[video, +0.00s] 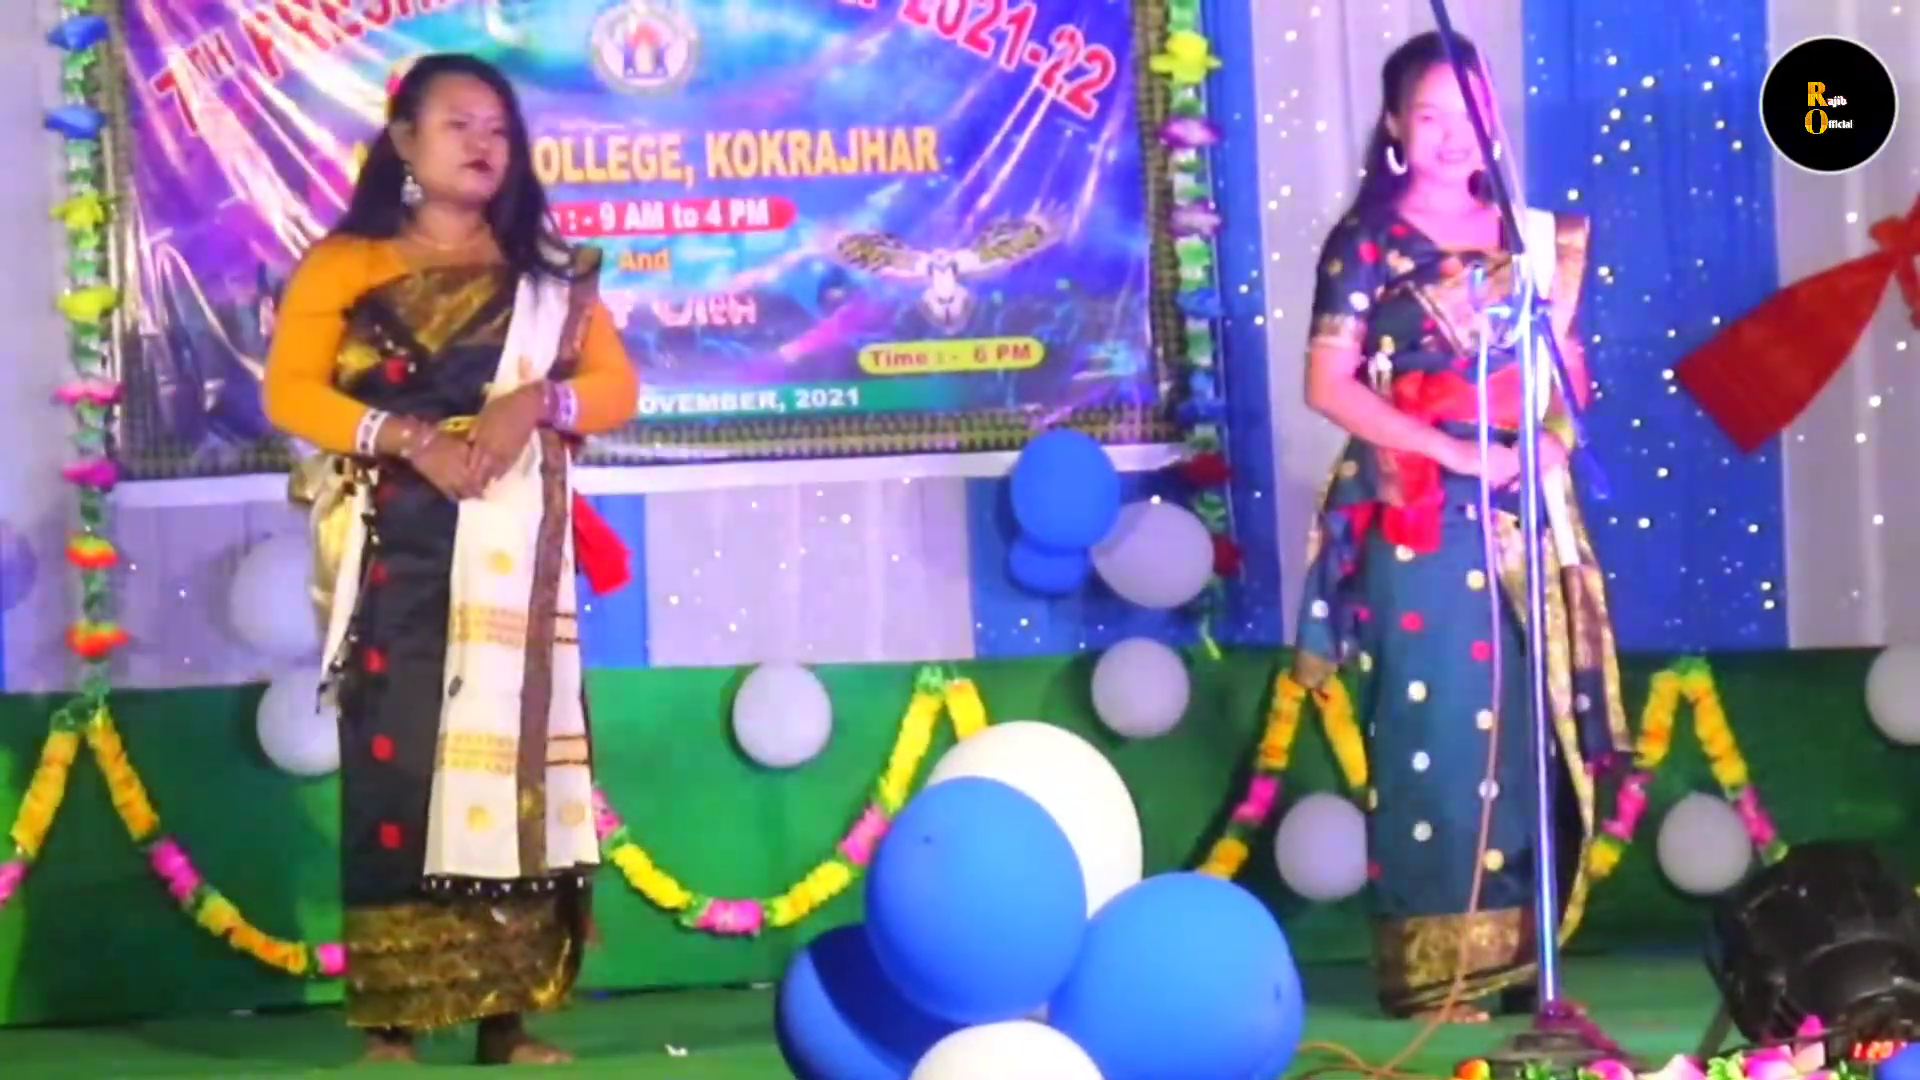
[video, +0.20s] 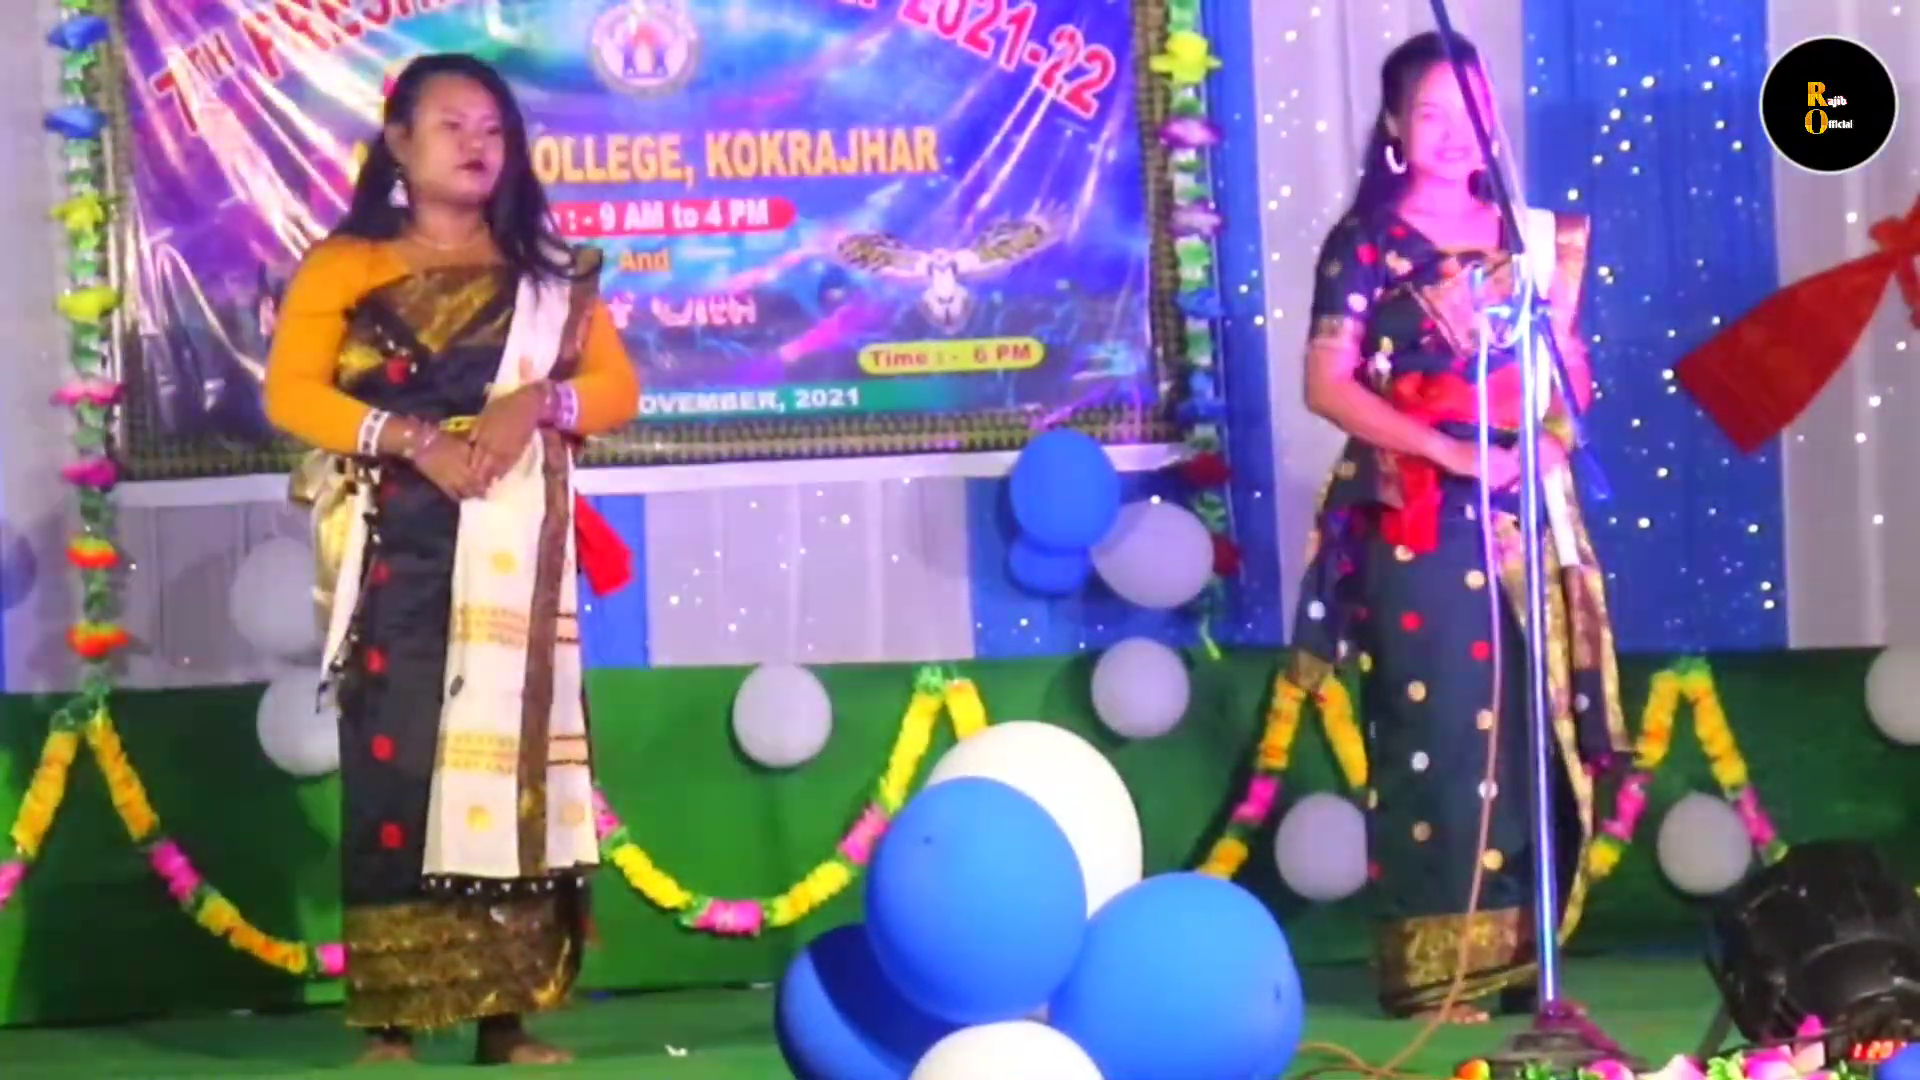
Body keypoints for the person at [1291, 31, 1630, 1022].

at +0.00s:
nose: (1452, 134)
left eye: (1467, 116)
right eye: (1432, 116)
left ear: (1490, 124)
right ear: (1398, 126)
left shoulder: (1525, 234)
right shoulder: (1366, 242)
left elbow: (1560, 391)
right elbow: (1328, 385)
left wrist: (1561, 308)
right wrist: (1457, 451)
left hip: (1529, 515)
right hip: (1426, 520)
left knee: (1538, 729)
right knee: (1440, 730)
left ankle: (1530, 967)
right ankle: (1438, 968)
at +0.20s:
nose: (1453, 134)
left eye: (1468, 117)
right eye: (1433, 117)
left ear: (1490, 123)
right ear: (1397, 126)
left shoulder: (1527, 234)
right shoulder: (1366, 241)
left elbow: (1569, 394)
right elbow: (1327, 383)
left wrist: (1562, 313)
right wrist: (1450, 450)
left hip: (1530, 513)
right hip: (1425, 518)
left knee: (1539, 727)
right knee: (1441, 731)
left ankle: (1528, 964)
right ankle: (1433, 967)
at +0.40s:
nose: (1456, 130)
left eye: (1471, 113)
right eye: (1436, 113)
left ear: (1491, 120)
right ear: (1398, 122)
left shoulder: (1525, 234)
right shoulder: (1364, 240)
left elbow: (1569, 393)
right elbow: (1326, 383)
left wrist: (1561, 316)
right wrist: (1453, 451)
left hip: (1527, 513)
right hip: (1423, 517)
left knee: (1537, 728)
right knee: (1441, 730)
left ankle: (1527, 964)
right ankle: (1434, 965)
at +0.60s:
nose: (1455, 122)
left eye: (1470, 104)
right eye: (1436, 105)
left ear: (1491, 113)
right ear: (1399, 117)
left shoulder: (1520, 227)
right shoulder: (1372, 230)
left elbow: (1570, 375)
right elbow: (1334, 356)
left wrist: (1559, 329)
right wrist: (1465, 406)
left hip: (1524, 509)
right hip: (1422, 512)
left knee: (1527, 725)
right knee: (1440, 724)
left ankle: (1523, 960)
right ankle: (1434, 962)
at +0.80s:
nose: (1466, 131)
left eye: (1481, 111)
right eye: (1446, 112)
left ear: (1504, 119)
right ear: (1413, 125)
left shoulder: (1520, 234)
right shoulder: (1401, 235)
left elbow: (1548, 372)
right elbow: (1367, 385)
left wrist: (1550, 434)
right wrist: (1478, 459)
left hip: (1516, 512)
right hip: (1432, 515)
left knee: (1520, 727)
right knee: (1438, 729)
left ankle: (1512, 955)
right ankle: (1428, 963)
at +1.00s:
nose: (1503, 139)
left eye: (1510, 119)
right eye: (1478, 125)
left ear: (1530, 129)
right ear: (1441, 145)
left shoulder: (1525, 248)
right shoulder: (1448, 244)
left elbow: (1536, 390)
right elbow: (1441, 391)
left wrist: (1609, 446)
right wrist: (1549, 435)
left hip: (1513, 529)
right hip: (1460, 531)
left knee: (1563, 727)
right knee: (1554, 727)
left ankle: (1451, 907)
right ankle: (1477, 929)